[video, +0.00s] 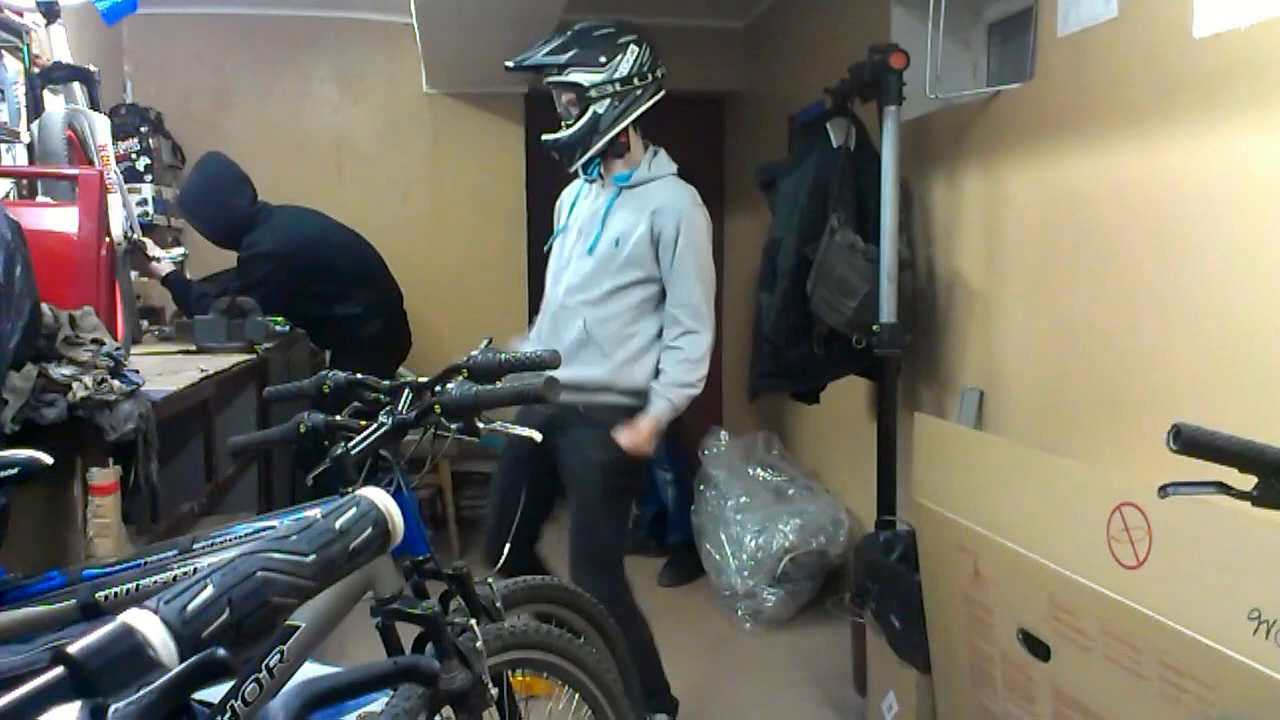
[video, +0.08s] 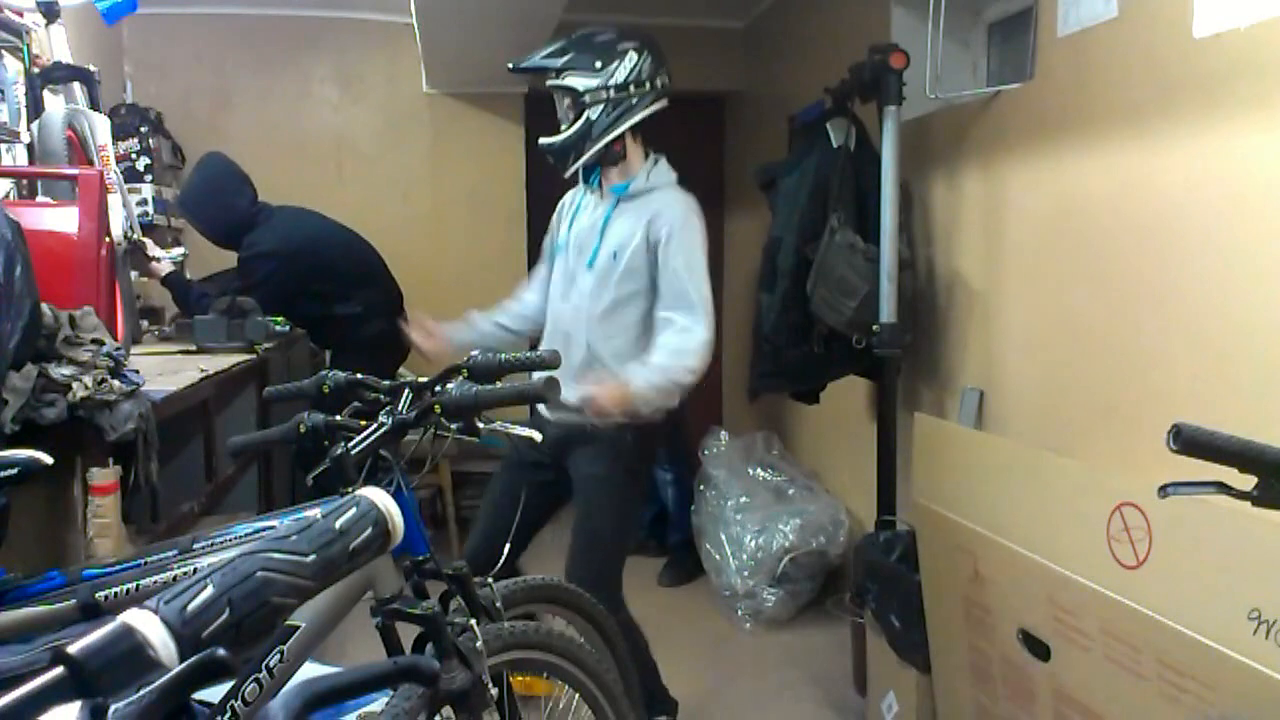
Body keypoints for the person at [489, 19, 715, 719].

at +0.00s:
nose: (559, 112)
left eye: (572, 97)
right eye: (558, 98)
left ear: (619, 105)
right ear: (604, 109)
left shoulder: (674, 204)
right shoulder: (576, 196)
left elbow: (692, 332)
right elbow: (558, 309)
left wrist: (656, 417)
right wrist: (517, 383)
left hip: (609, 417)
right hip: (544, 405)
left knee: (596, 581)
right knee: (502, 548)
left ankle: (653, 705)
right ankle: (561, 654)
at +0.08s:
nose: (558, 119)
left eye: (570, 102)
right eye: (557, 103)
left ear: (616, 107)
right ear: (610, 113)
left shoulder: (671, 211)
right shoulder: (574, 204)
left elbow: (690, 335)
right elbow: (533, 309)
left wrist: (633, 388)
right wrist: (454, 334)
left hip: (617, 427)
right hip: (548, 416)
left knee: (590, 591)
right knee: (482, 563)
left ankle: (652, 706)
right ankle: (471, 691)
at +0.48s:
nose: (518, 118)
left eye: (530, 101)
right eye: (519, 101)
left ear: (572, 105)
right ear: (570, 109)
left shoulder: (628, 211)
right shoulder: (543, 201)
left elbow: (629, 349)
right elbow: (508, 306)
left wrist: (528, 394)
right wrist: (426, 335)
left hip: (571, 434)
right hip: (502, 416)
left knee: (556, 598)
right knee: (417, 535)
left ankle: (642, 699)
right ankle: (453, 670)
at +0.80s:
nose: (440, 108)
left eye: (448, 91)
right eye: (440, 92)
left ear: (487, 91)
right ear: (491, 93)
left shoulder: (534, 195)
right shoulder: (485, 188)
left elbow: (545, 338)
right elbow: (461, 307)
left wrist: (476, 421)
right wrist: (413, 394)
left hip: (464, 424)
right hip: (426, 413)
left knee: (480, 583)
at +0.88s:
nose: (421, 114)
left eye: (429, 97)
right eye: (422, 98)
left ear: (465, 96)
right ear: (470, 99)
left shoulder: (515, 202)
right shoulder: (470, 196)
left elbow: (501, 347)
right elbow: (442, 322)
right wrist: (381, 354)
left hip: (461, 437)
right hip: (424, 429)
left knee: (458, 610)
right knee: (424, 601)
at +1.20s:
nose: (392, 103)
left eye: (398, 86)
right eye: (392, 87)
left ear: (434, 87)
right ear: (441, 88)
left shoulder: (500, 189)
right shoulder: (436, 181)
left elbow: (513, 318)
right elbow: (405, 292)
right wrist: (363, 368)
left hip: (444, 412)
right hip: (392, 403)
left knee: (465, 575)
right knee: (408, 568)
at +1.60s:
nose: (450, 96)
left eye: (466, 82)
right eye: (442, 81)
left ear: (511, 83)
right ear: (433, 81)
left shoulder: (559, 194)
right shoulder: (429, 187)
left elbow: (576, 315)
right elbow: (409, 302)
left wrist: (564, 412)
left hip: (499, 412)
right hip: (414, 404)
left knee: (514, 576)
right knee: (386, 559)